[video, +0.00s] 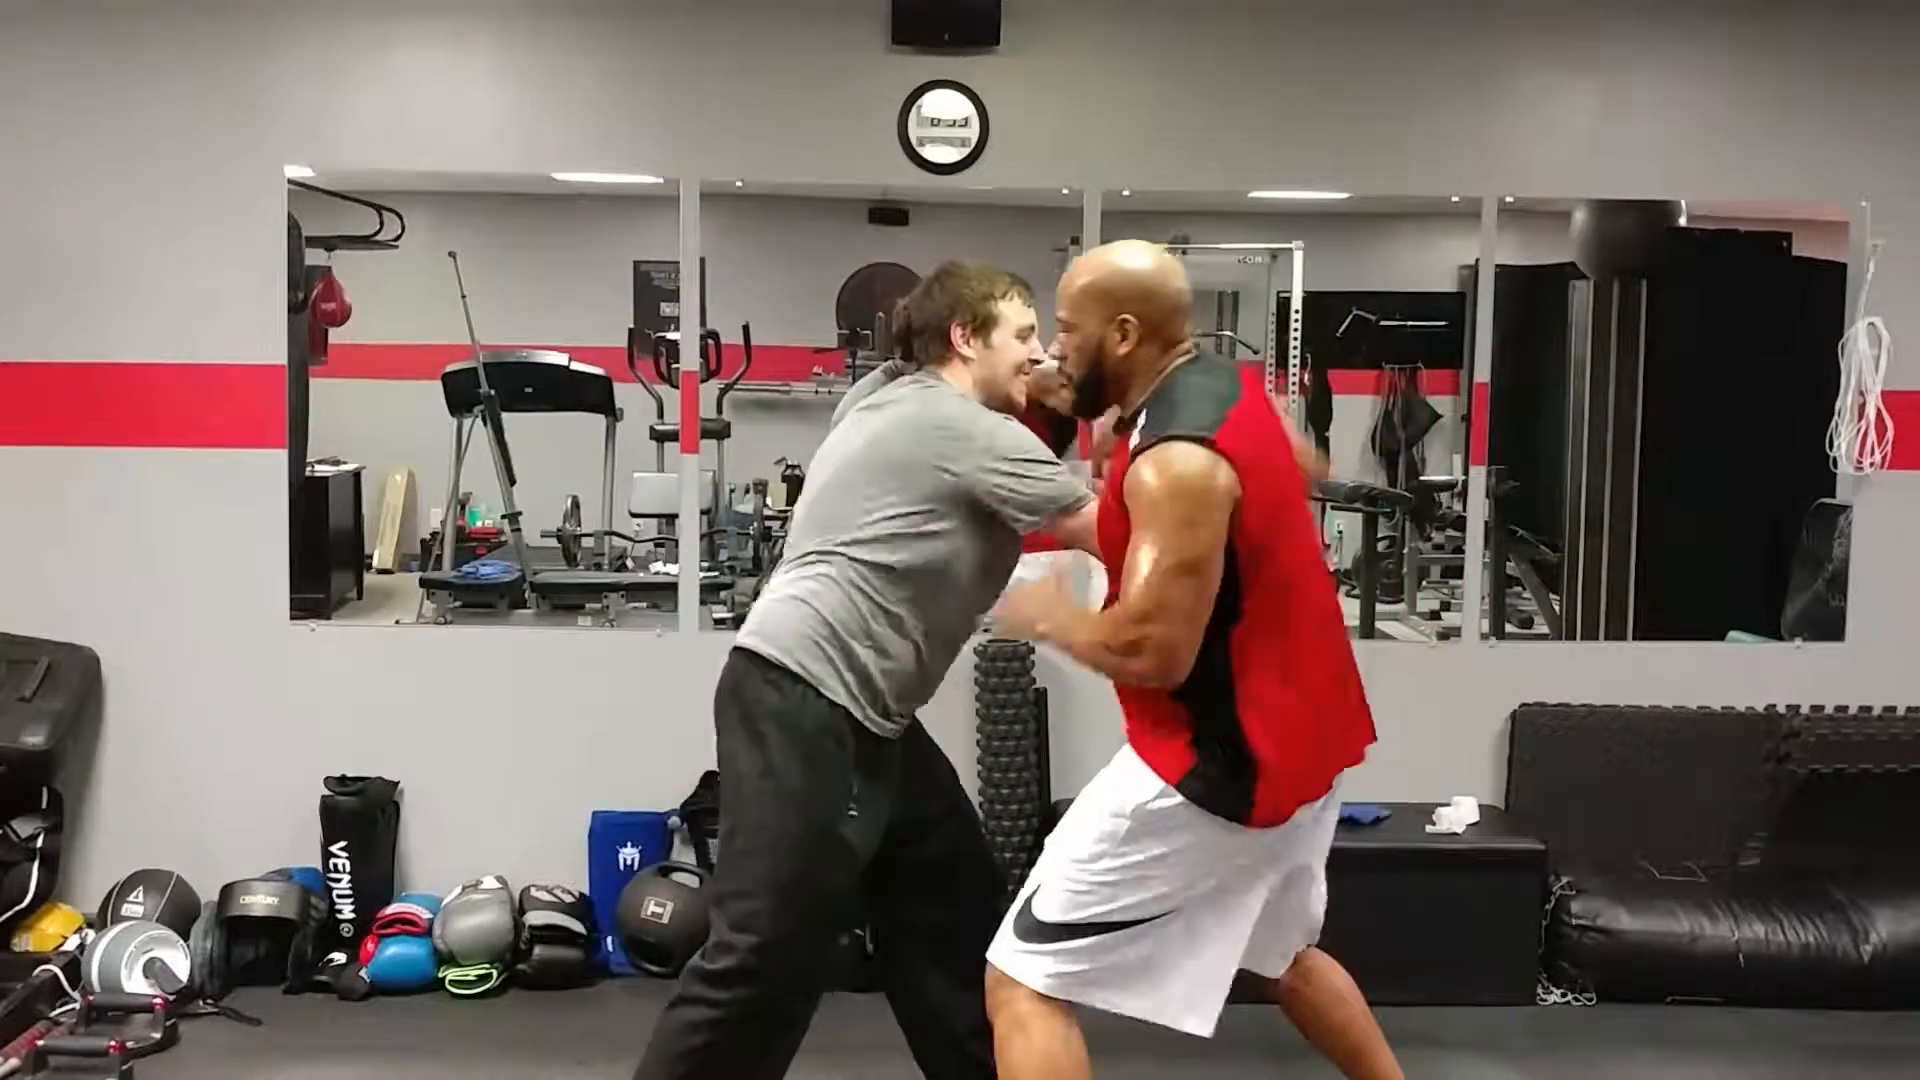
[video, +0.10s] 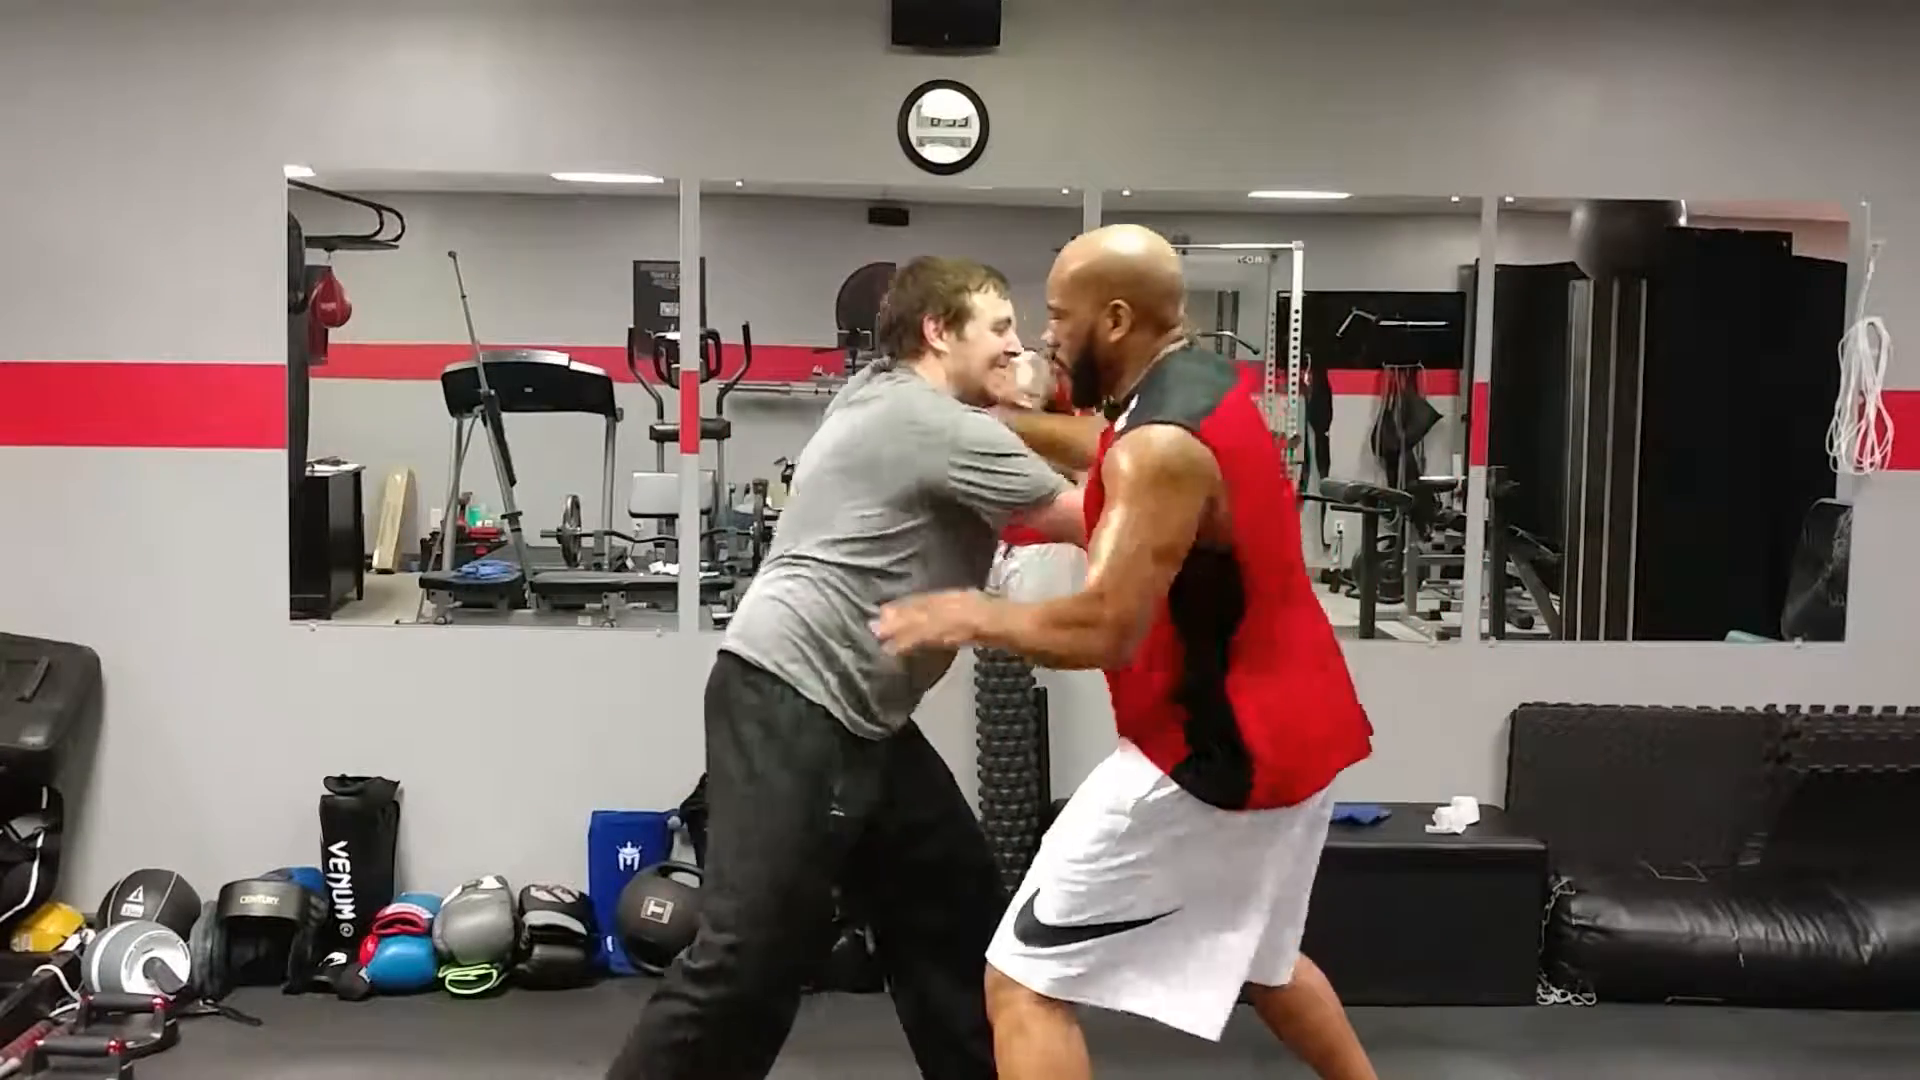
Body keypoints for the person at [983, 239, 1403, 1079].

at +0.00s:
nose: (1053, 346)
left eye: (1066, 328)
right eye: (1055, 327)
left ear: (1126, 333)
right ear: (1149, 328)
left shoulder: (1176, 458)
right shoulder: (1229, 383)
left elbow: (1154, 650)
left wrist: (1049, 618)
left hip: (1210, 762)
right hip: (1301, 740)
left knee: (1022, 977)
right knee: (1280, 950)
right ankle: (1385, 1075)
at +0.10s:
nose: (1048, 336)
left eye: (1059, 317)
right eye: (1047, 318)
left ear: (1117, 317)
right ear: (1144, 315)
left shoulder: (1158, 442)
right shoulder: (1210, 388)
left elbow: (1108, 627)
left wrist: (967, 614)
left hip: (1203, 753)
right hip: (1294, 734)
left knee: (1021, 979)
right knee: (1263, 954)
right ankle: (1360, 1075)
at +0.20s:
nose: (1050, 327)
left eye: (1060, 308)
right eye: (1051, 308)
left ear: (1118, 310)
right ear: (1141, 308)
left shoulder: (1147, 426)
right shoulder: (1213, 379)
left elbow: (1048, 595)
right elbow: (1071, 428)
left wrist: (926, 577)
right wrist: (956, 401)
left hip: (1191, 757)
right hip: (1286, 736)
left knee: (1013, 980)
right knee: (1244, 957)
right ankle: (1325, 1074)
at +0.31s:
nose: (1055, 320)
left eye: (1066, 302)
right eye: (1057, 302)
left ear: (1119, 306)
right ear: (1160, 301)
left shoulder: (1104, 403)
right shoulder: (1249, 372)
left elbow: (909, 487)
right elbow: (1118, 491)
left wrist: (754, 495)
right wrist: (957, 479)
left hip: (1174, 743)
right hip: (1295, 728)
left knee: (999, 977)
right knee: (1238, 943)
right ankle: (1334, 1072)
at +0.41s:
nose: (1053, 313)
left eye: (1064, 296)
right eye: (1056, 294)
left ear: (1110, 303)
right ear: (1164, 304)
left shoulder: (1069, 379)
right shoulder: (1257, 379)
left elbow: (894, 398)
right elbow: (1318, 523)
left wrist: (798, 336)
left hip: (1156, 754)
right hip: (1295, 739)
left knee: (997, 971)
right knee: (1254, 917)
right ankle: (1362, 1071)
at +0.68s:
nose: (1141, 311)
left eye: (1151, 290)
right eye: (1141, 291)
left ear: (1205, 284)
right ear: (1246, 285)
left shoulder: (1189, 374)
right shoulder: (1357, 366)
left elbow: (1032, 443)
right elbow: (1443, 492)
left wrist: (921, 384)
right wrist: (1317, 518)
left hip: (1228, 716)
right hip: (1357, 698)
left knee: (1100, 936)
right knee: (1342, 916)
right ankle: (1418, 1072)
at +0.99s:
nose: (1207, 280)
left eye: (1221, 261)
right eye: (1207, 262)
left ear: (1283, 259)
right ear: (1301, 263)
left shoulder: (1277, 363)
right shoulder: (1392, 352)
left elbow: (1148, 461)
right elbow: (1441, 496)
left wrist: (978, 445)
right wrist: (1299, 477)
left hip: (1301, 683)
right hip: (1413, 671)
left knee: (1184, 908)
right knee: (1362, 895)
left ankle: (1245, 1076)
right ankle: (1422, 1071)